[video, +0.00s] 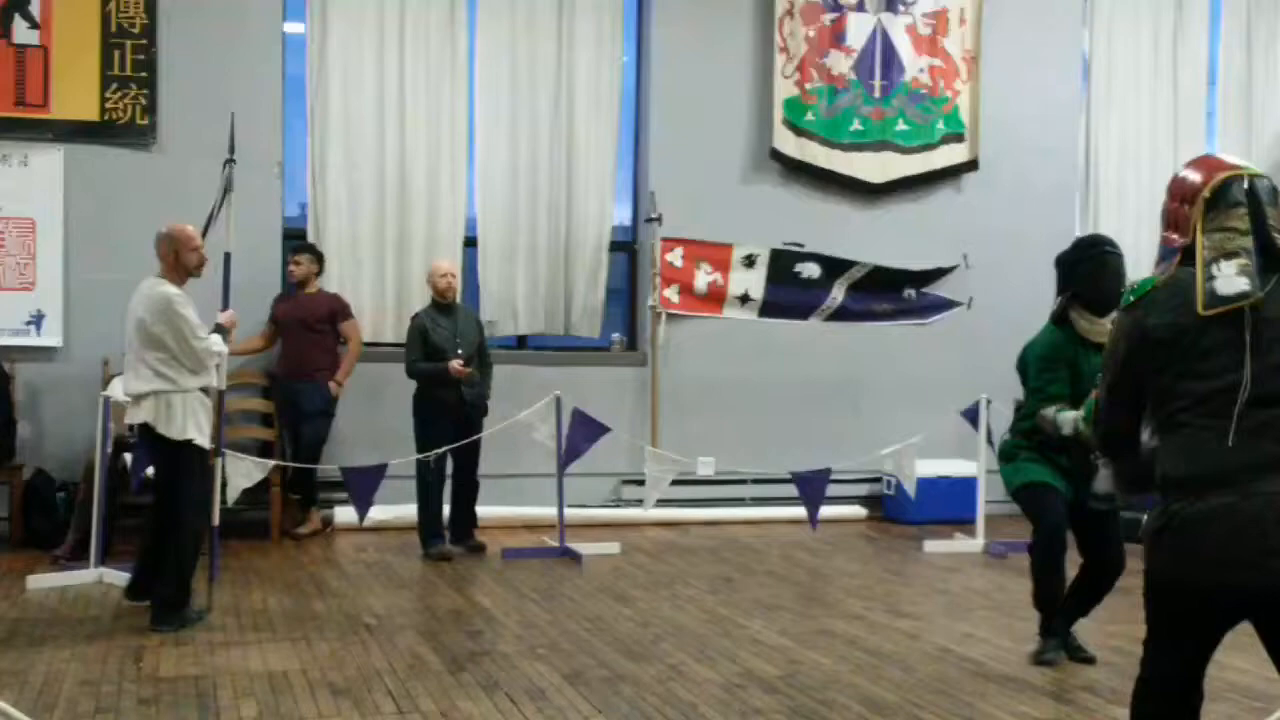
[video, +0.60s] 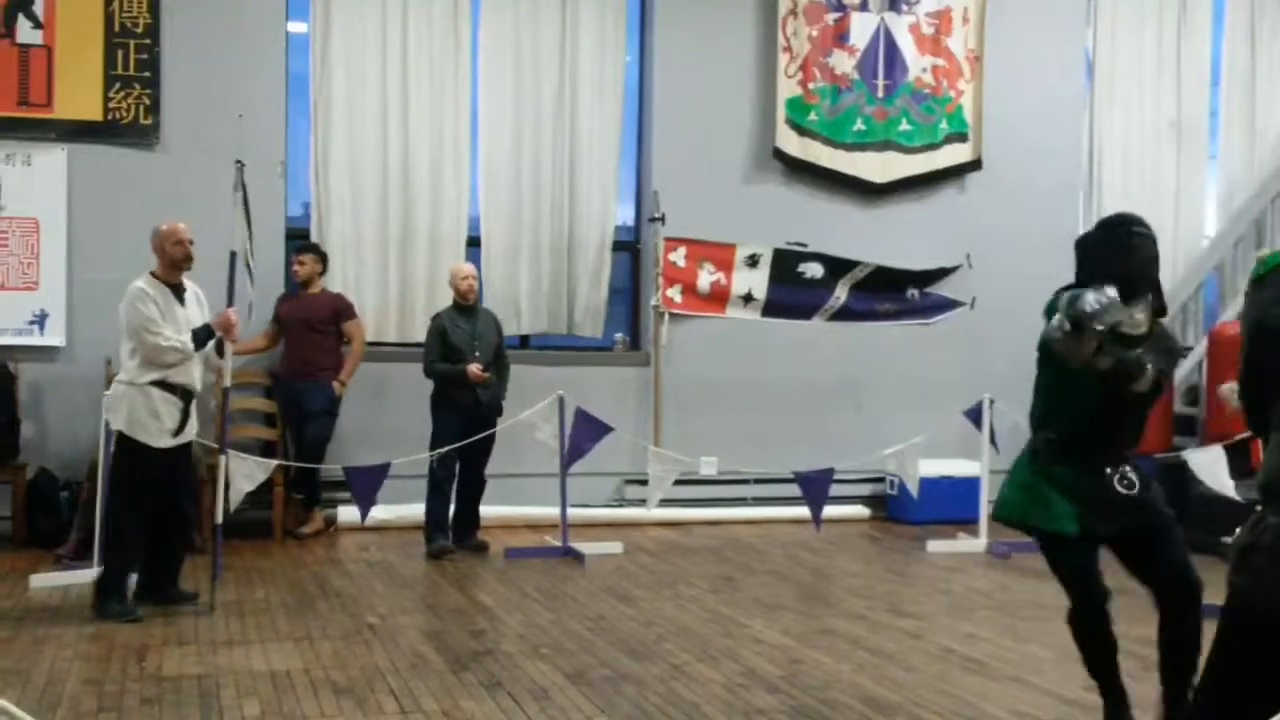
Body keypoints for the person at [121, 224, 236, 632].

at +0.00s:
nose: (203, 256)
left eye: (202, 249)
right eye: (195, 251)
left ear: (172, 257)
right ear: (172, 257)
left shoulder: (149, 293)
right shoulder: (170, 300)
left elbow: (183, 350)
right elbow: (205, 356)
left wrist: (212, 337)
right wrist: (223, 331)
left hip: (155, 412)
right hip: (177, 416)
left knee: (170, 505)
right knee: (189, 514)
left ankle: (144, 583)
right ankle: (170, 609)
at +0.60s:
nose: (188, 250)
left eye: (190, 243)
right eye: (179, 244)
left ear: (192, 249)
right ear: (159, 252)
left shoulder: (194, 293)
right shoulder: (140, 294)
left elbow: (210, 359)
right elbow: (161, 351)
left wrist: (224, 341)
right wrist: (212, 330)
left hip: (179, 414)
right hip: (139, 412)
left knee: (174, 504)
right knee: (128, 506)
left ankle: (160, 584)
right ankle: (111, 595)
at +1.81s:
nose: (144, 249)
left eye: (148, 242)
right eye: (135, 242)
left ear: (152, 248)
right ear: (114, 248)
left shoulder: (152, 296)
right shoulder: (94, 291)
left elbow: (168, 356)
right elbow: (113, 349)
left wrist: (184, 347)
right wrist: (167, 329)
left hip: (146, 413)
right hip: (103, 410)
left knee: (140, 503)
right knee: (89, 504)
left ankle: (134, 584)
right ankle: (76, 593)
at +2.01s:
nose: (145, 247)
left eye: (148, 240)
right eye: (136, 241)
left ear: (151, 246)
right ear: (114, 246)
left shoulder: (151, 293)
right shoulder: (93, 290)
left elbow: (166, 354)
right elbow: (114, 348)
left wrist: (183, 345)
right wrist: (167, 328)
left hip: (146, 410)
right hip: (104, 408)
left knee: (141, 502)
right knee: (90, 503)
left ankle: (134, 583)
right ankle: (76, 592)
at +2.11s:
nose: (144, 247)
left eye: (146, 240)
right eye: (135, 241)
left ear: (149, 246)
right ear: (112, 246)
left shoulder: (149, 293)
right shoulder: (92, 291)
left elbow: (165, 353)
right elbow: (113, 348)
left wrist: (183, 345)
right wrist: (166, 327)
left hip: (144, 410)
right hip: (102, 408)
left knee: (139, 502)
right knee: (89, 503)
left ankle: (133, 583)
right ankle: (75, 592)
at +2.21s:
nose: (146, 247)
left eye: (149, 240)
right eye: (137, 241)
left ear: (151, 246)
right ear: (115, 246)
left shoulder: (152, 293)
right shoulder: (95, 291)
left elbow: (167, 355)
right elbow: (115, 349)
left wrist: (184, 344)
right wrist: (169, 327)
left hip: (146, 410)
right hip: (105, 408)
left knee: (142, 501)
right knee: (92, 502)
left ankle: (136, 583)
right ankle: (77, 592)